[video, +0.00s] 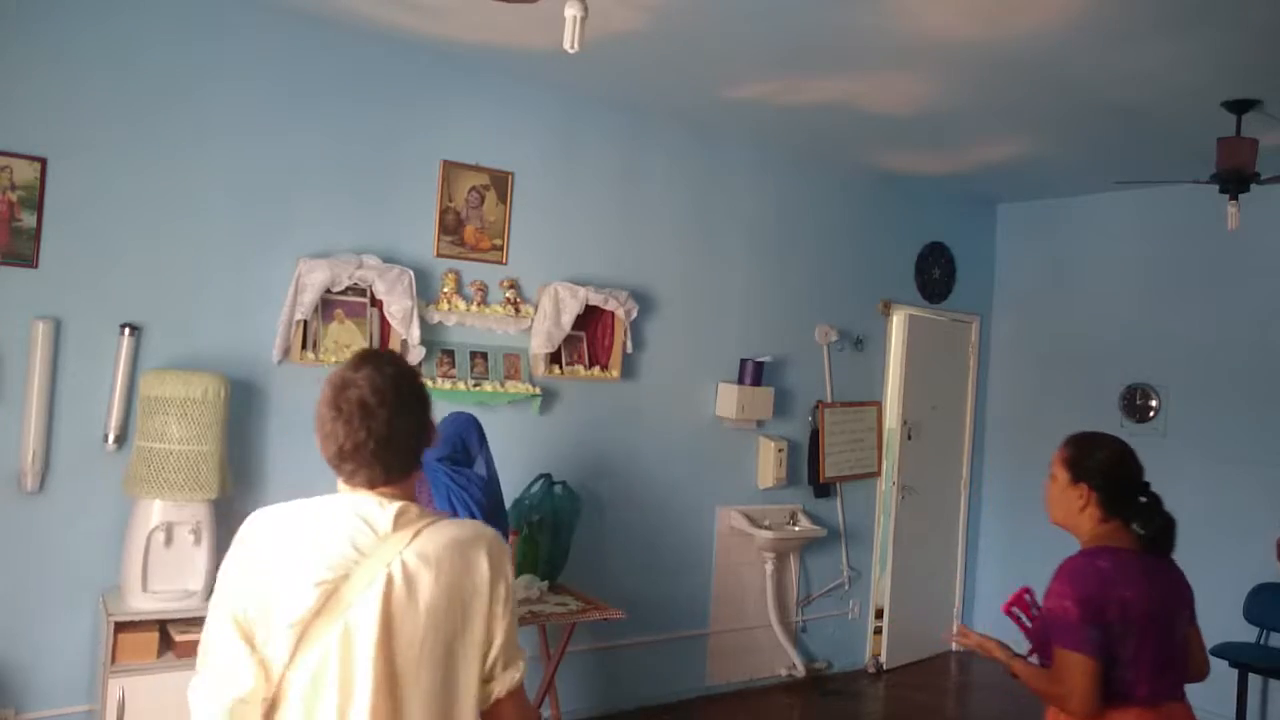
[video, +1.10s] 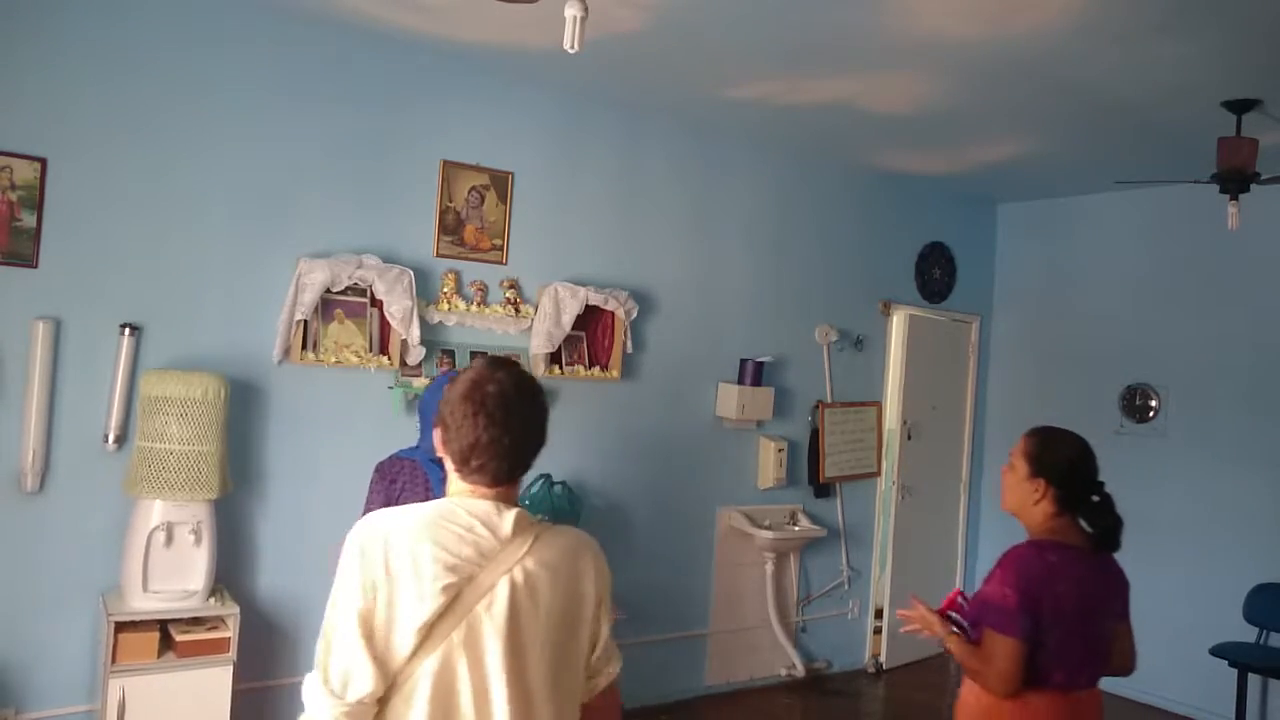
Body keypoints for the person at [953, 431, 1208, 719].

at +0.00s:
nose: (1046, 488)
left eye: (1052, 478)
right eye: (1049, 477)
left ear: (1082, 495)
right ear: (1125, 494)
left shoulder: (1079, 576)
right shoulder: (1164, 568)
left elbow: (1078, 701)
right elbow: (1196, 666)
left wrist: (1007, 658)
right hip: (1176, 711)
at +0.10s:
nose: (1055, 485)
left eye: (1063, 475)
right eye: (1059, 474)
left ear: (1093, 494)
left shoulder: (1089, 572)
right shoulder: (1168, 563)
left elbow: (1087, 697)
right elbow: (1200, 667)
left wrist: (1011, 654)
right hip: (1179, 710)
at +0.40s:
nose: (1068, 486)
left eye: (1077, 474)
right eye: (1073, 474)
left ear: (1108, 491)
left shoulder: (1098, 571)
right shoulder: (1178, 565)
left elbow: (1086, 693)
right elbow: (1198, 673)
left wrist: (1018, 649)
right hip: (1168, 710)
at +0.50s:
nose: (1067, 488)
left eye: (1077, 476)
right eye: (1073, 476)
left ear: (1107, 494)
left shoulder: (1101, 575)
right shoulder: (1176, 569)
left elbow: (1089, 697)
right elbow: (1195, 676)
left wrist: (1021, 649)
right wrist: (1055, 648)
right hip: (1168, 711)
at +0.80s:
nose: (1043, 480)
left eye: (1053, 470)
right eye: (1049, 469)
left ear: (1081, 492)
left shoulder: (1071, 571)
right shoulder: (1148, 567)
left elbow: (1063, 692)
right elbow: (1170, 667)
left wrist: (993, 645)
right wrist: (1043, 633)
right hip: (1144, 708)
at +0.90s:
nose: (1030, 480)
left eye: (1040, 471)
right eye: (1036, 469)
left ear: (1068, 492)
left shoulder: (1053, 571)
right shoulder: (1134, 569)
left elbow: (1040, 689)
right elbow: (1153, 667)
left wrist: (976, 639)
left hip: (1047, 712)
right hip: (1123, 708)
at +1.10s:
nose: (1002, 471)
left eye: (1011, 465)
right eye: (1008, 462)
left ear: (1038, 489)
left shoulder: (1020, 565)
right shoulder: (1105, 565)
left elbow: (1001, 680)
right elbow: (1122, 661)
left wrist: (946, 633)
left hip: (1014, 707)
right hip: (1083, 704)